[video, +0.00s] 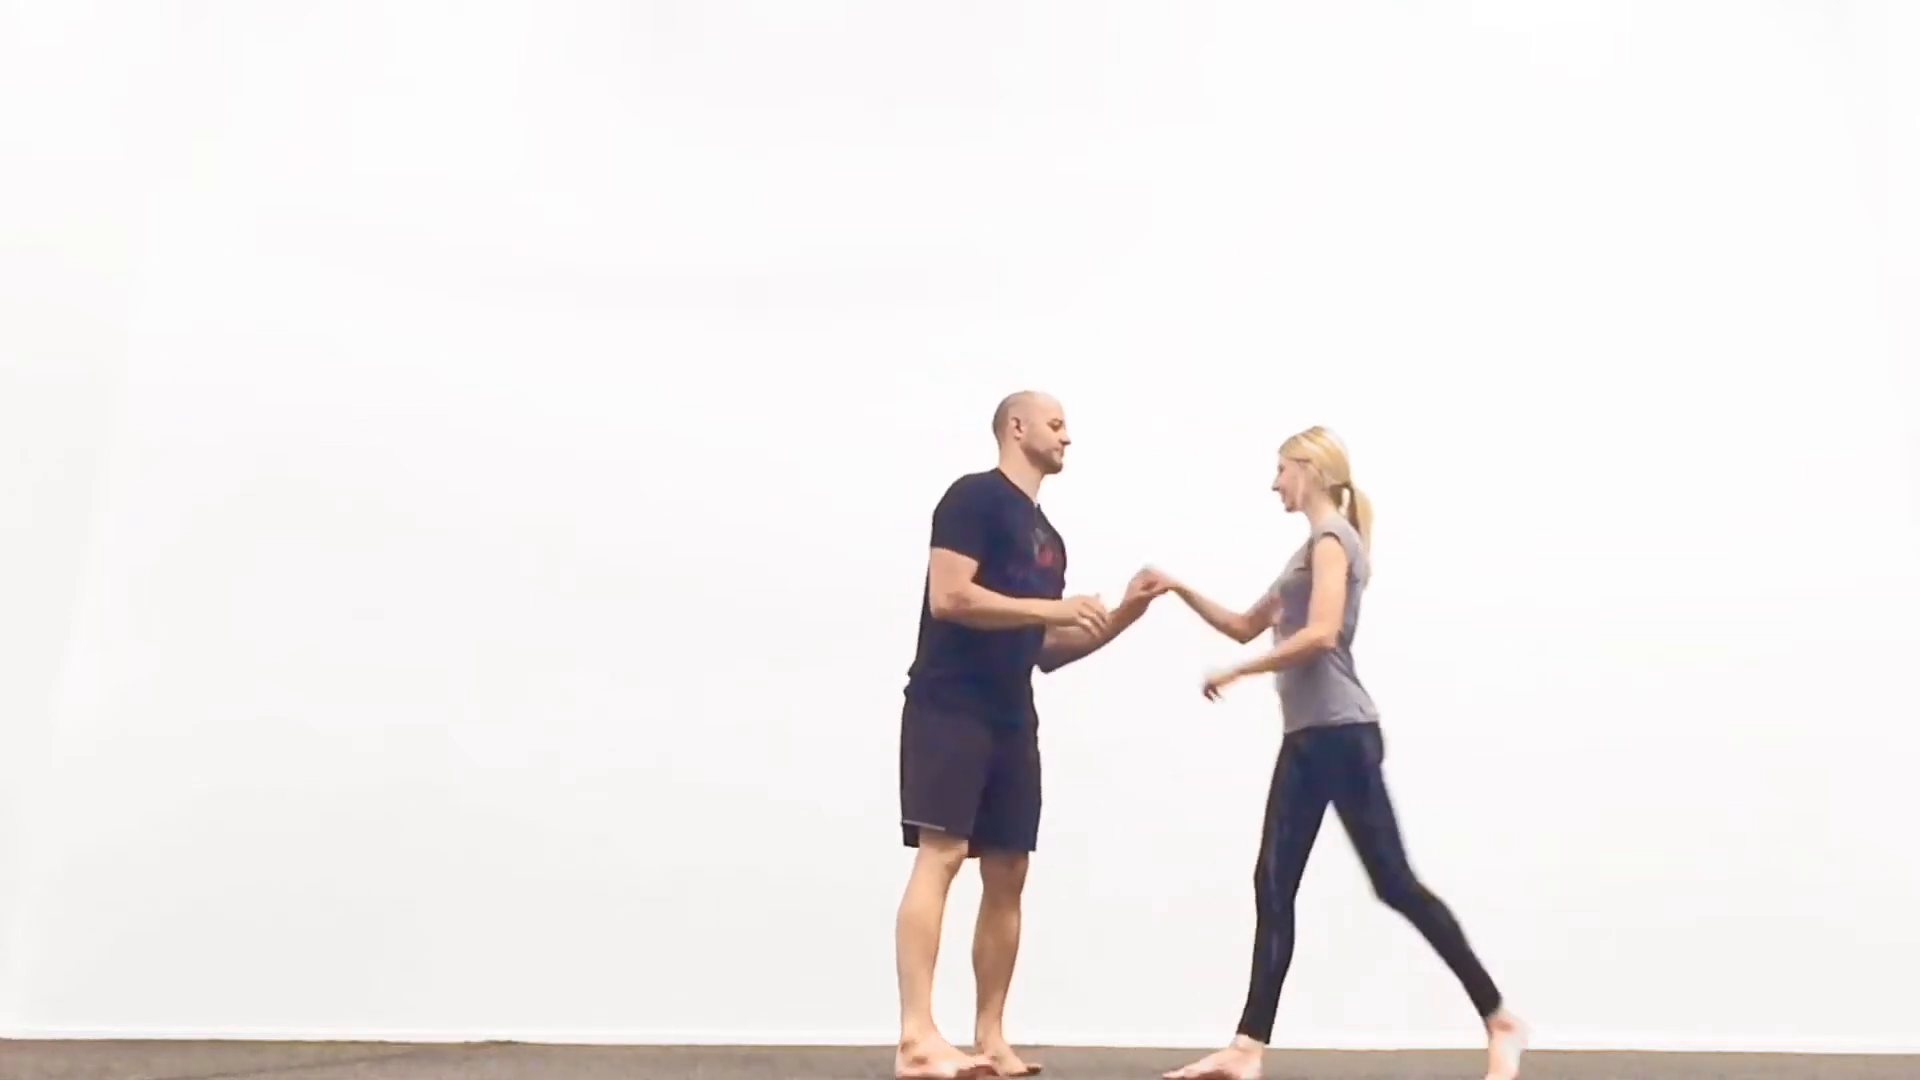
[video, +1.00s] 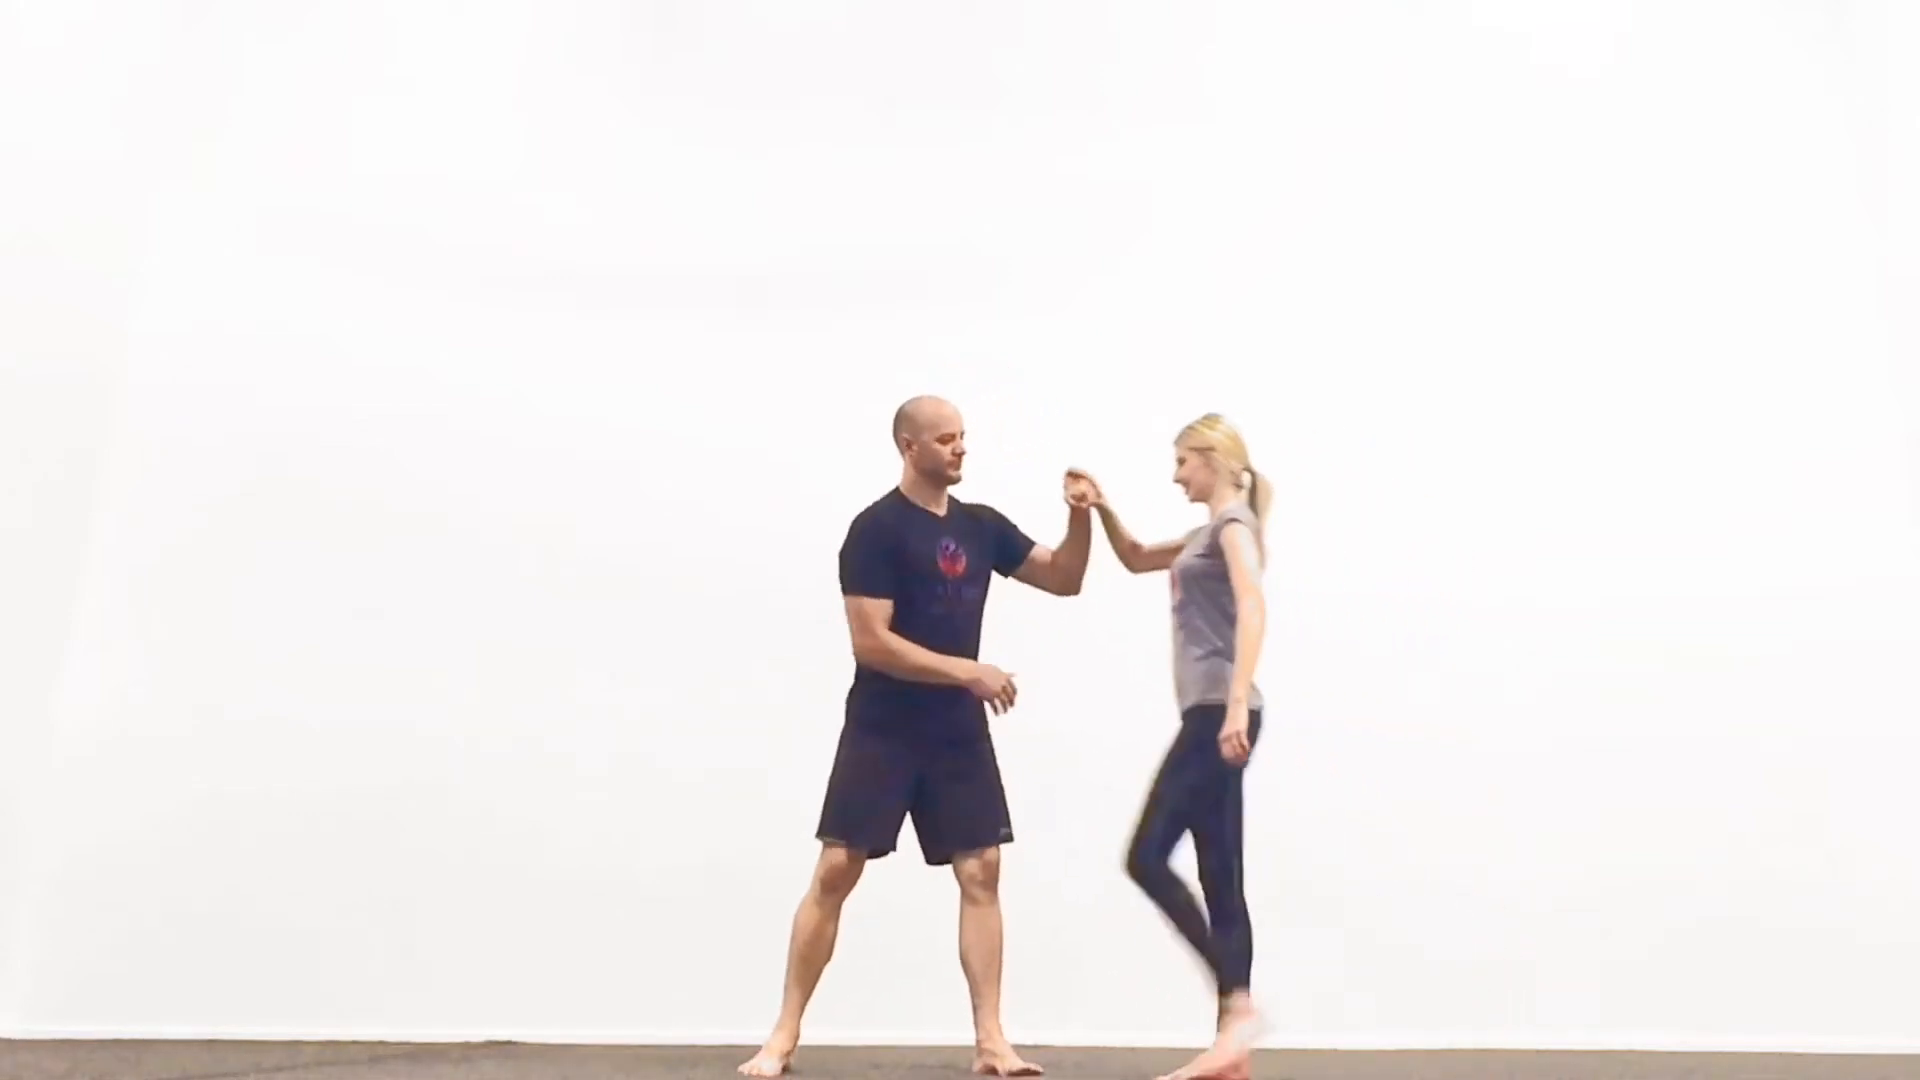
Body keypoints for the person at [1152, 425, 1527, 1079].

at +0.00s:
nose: (1275, 480)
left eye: (1281, 468)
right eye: (1277, 469)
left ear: (1309, 471)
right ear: (1312, 473)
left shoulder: (1331, 538)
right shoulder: (1311, 550)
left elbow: (1321, 632)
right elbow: (1244, 626)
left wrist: (1240, 669)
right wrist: (1176, 587)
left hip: (1341, 730)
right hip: (1306, 735)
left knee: (1395, 884)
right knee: (1273, 883)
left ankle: (1499, 1021)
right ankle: (1247, 1047)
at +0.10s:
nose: (1305, 486)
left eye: (1311, 474)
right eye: (1306, 475)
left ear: (1339, 476)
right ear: (1346, 478)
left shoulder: (1365, 543)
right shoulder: (1340, 556)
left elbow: (1371, 642)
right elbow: (1264, 617)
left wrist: (1303, 712)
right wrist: (1203, 568)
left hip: (1381, 733)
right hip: (1342, 738)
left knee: (1449, 881)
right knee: (1290, 883)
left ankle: (1524, 1035)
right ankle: (1246, 1043)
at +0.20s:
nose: (1329, 489)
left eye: (1336, 478)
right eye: (1330, 479)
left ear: (1365, 481)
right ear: (1365, 483)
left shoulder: (1396, 548)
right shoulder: (1355, 561)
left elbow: (1404, 650)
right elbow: (1280, 607)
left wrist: (1374, 742)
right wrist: (1227, 550)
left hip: (1411, 736)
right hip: (1358, 741)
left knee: (1475, 883)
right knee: (1306, 886)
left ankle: (1531, 1045)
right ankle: (1243, 1037)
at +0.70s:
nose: (1313, 490)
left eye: (1320, 478)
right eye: (1313, 480)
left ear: (1351, 479)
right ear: (1348, 481)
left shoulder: (1379, 545)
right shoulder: (1336, 556)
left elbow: (1377, 644)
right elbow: (1256, 600)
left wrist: (1354, 736)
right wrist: (1204, 549)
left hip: (1373, 730)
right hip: (1325, 737)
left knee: (1433, 880)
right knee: (1277, 878)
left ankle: (1517, 1033)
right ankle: (1232, 1041)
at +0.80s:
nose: (1268, 481)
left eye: (1275, 469)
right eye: (1269, 471)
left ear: (1308, 472)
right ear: (1307, 475)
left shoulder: (1327, 538)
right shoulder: (1291, 547)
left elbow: (1330, 632)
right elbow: (1209, 587)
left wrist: (1308, 725)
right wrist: (1164, 539)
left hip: (1314, 725)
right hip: (1288, 728)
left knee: (1359, 885)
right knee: (1256, 882)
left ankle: (1477, 1005)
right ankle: (1234, 1045)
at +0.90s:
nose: (1222, 474)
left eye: (1229, 463)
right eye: (1223, 464)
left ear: (1259, 466)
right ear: (1257, 467)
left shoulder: (1278, 530)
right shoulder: (1249, 538)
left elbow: (1289, 618)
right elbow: (1170, 571)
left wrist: (1270, 712)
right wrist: (1129, 524)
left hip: (1265, 719)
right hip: (1239, 722)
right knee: (1234, 881)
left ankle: (1383, 979)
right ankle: (1233, 1042)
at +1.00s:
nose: (1175, 471)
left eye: (1182, 459)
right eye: (1176, 461)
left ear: (1213, 463)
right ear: (1215, 464)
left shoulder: (1231, 527)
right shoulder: (1211, 531)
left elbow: (1252, 612)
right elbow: (1136, 557)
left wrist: (1239, 702)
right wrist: (1101, 506)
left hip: (1218, 714)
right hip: (1214, 713)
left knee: (1146, 858)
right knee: (1220, 875)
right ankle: (1233, 1039)